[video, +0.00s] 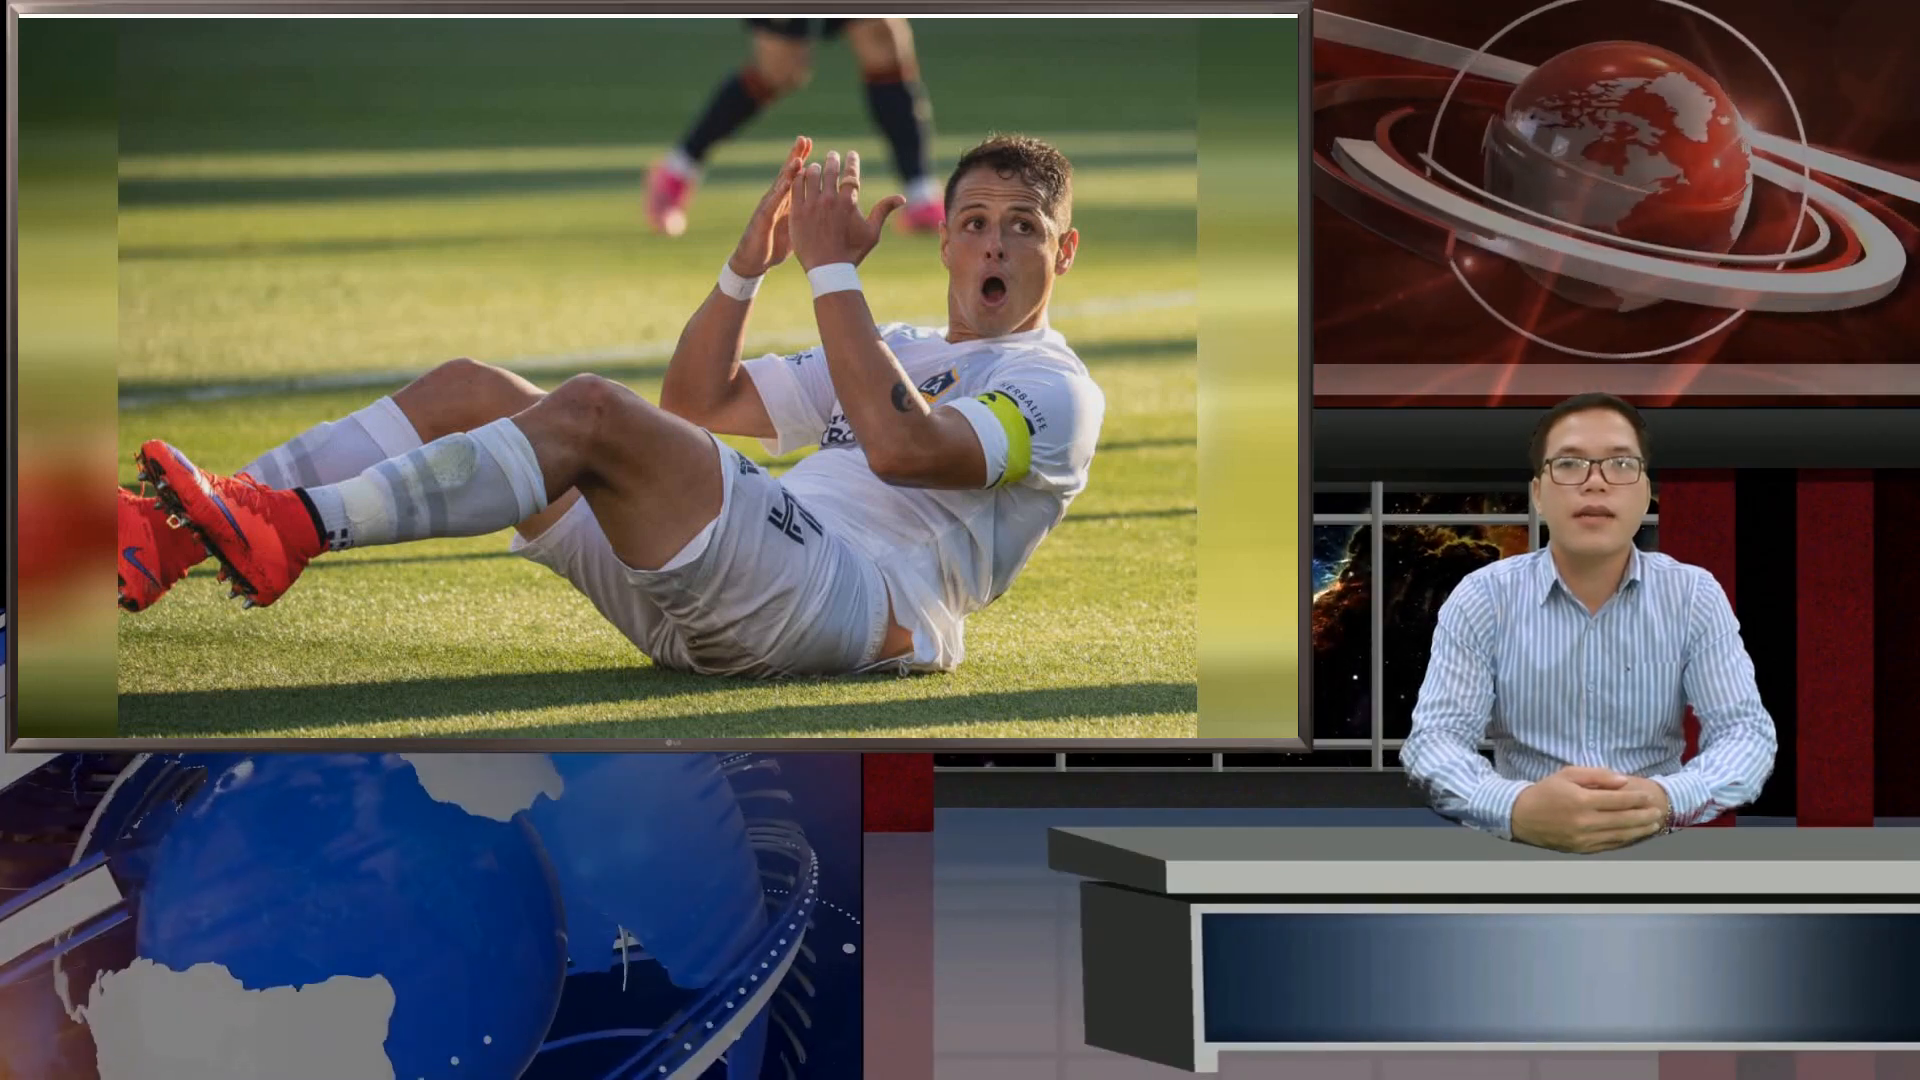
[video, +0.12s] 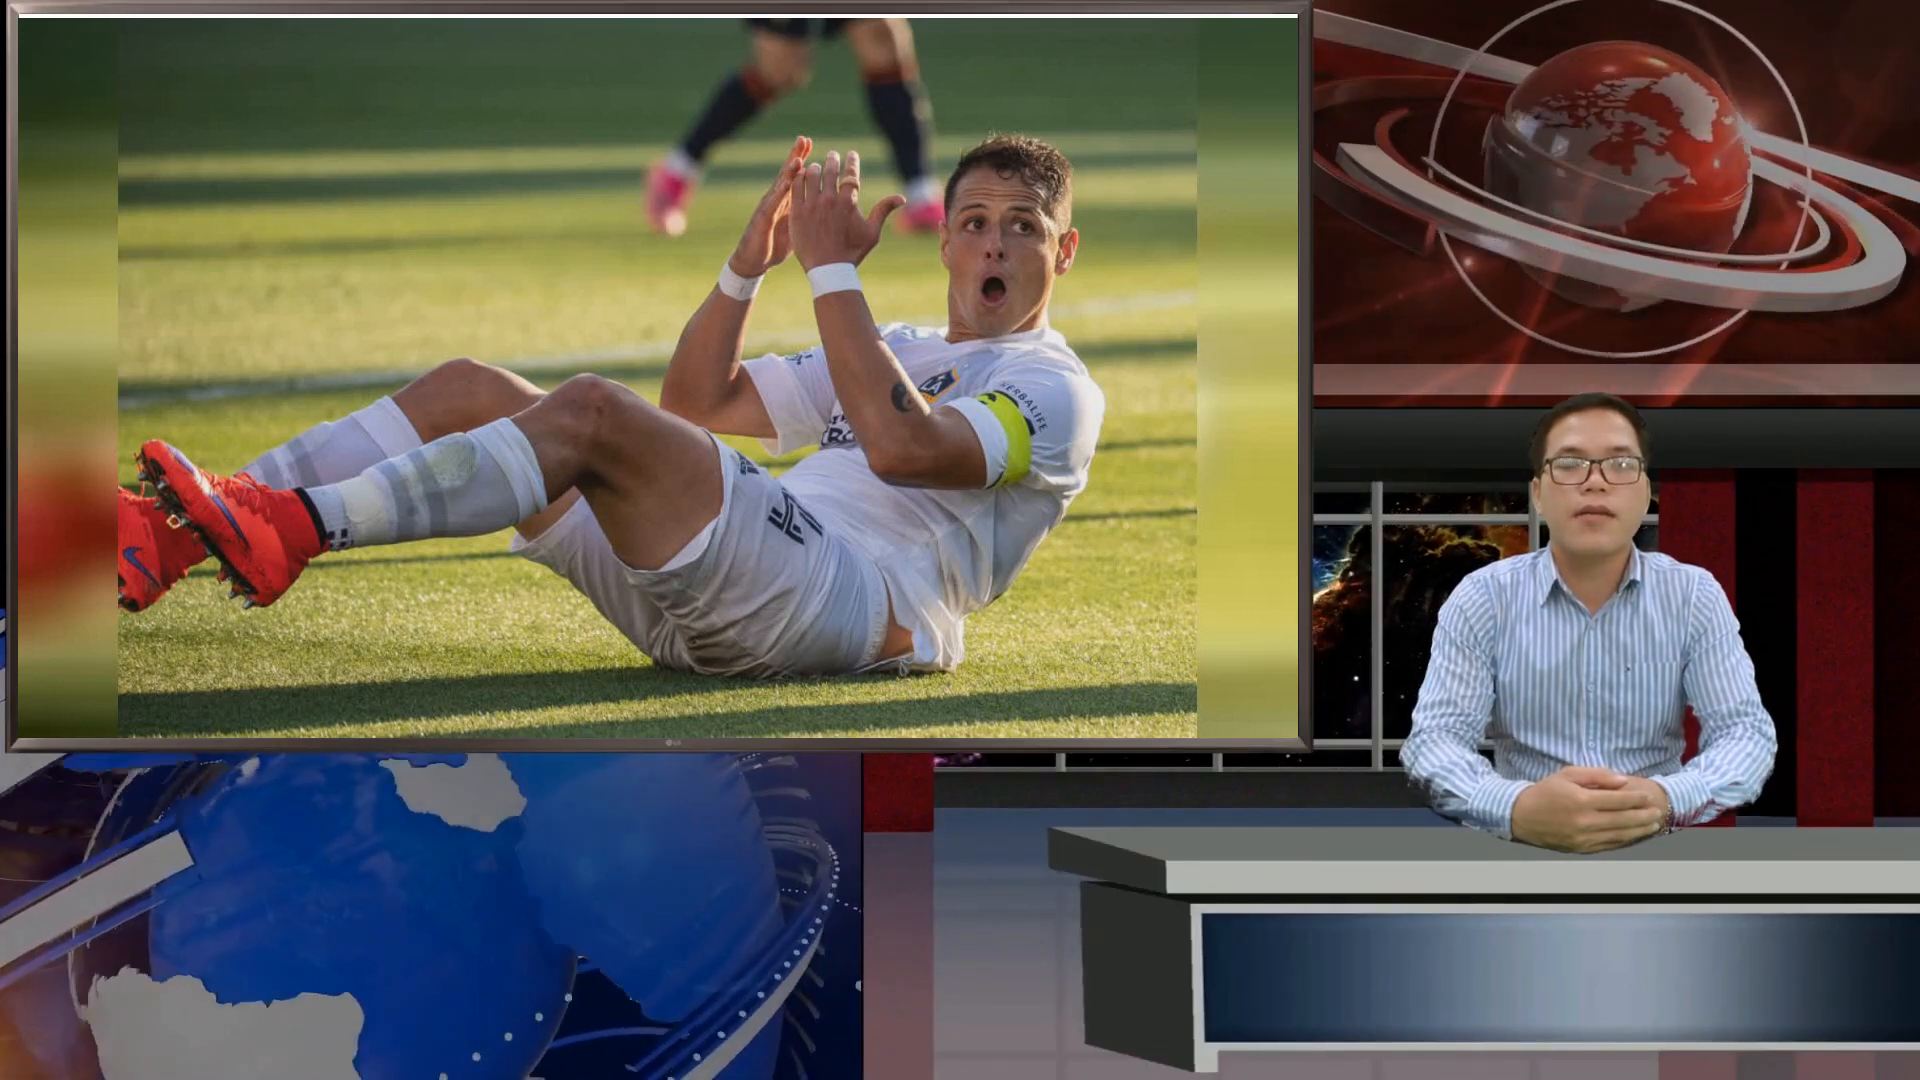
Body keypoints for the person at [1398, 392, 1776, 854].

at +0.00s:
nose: (1595, 482)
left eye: (1619, 464)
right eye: (1569, 464)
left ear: (1646, 494)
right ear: (1538, 495)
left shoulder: (1690, 598)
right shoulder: (1484, 601)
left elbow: (1745, 735)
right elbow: (1432, 745)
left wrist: (1667, 800)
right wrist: (1514, 809)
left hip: (1657, 853)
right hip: (1521, 857)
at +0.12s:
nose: (1595, 482)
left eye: (1619, 464)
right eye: (1569, 464)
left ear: (1646, 494)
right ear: (1538, 495)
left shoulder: (1690, 598)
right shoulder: (1484, 601)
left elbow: (1745, 735)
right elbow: (1432, 745)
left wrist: (1667, 800)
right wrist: (1514, 809)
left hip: (1657, 853)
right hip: (1520, 857)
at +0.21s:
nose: (1595, 482)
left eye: (1619, 464)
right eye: (1569, 464)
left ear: (1646, 494)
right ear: (1538, 495)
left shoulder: (1690, 598)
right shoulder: (1484, 601)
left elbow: (1745, 735)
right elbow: (1432, 745)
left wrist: (1667, 800)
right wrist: (1514, 809)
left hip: (1657, 854)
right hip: (1521, 857)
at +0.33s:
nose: (1595, 482)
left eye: (1619, 464)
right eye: (1569, 464)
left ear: (1646, 495)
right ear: (1538, 496)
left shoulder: (1691, 598)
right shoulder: (1484, 601)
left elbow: (1745, 735)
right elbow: (1433, 745)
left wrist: (1667, 800)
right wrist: (1514, 809)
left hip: (1656, 854)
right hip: (1520, 857)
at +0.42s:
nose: (1595, 482)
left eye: (1619, 464)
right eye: (1569, 464)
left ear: (1646, 494)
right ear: (1538, 495)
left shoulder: (1691, 598)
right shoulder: (1484, 601)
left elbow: (1745, 735)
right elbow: (1433, 745)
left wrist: (1667, 800)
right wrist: (1514, 809)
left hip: (1656, 854)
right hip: (1520, 857)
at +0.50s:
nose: (1595, 482)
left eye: (1619, 464)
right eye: (1569, 464)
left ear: (1646, 495)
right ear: (1538, 496)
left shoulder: (1691, 598)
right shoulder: (1484, 601)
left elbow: (1745, 735)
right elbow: (1433, 745)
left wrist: (1667, 800)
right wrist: (1514, 809)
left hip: (1657, 854)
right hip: (1520, 857)